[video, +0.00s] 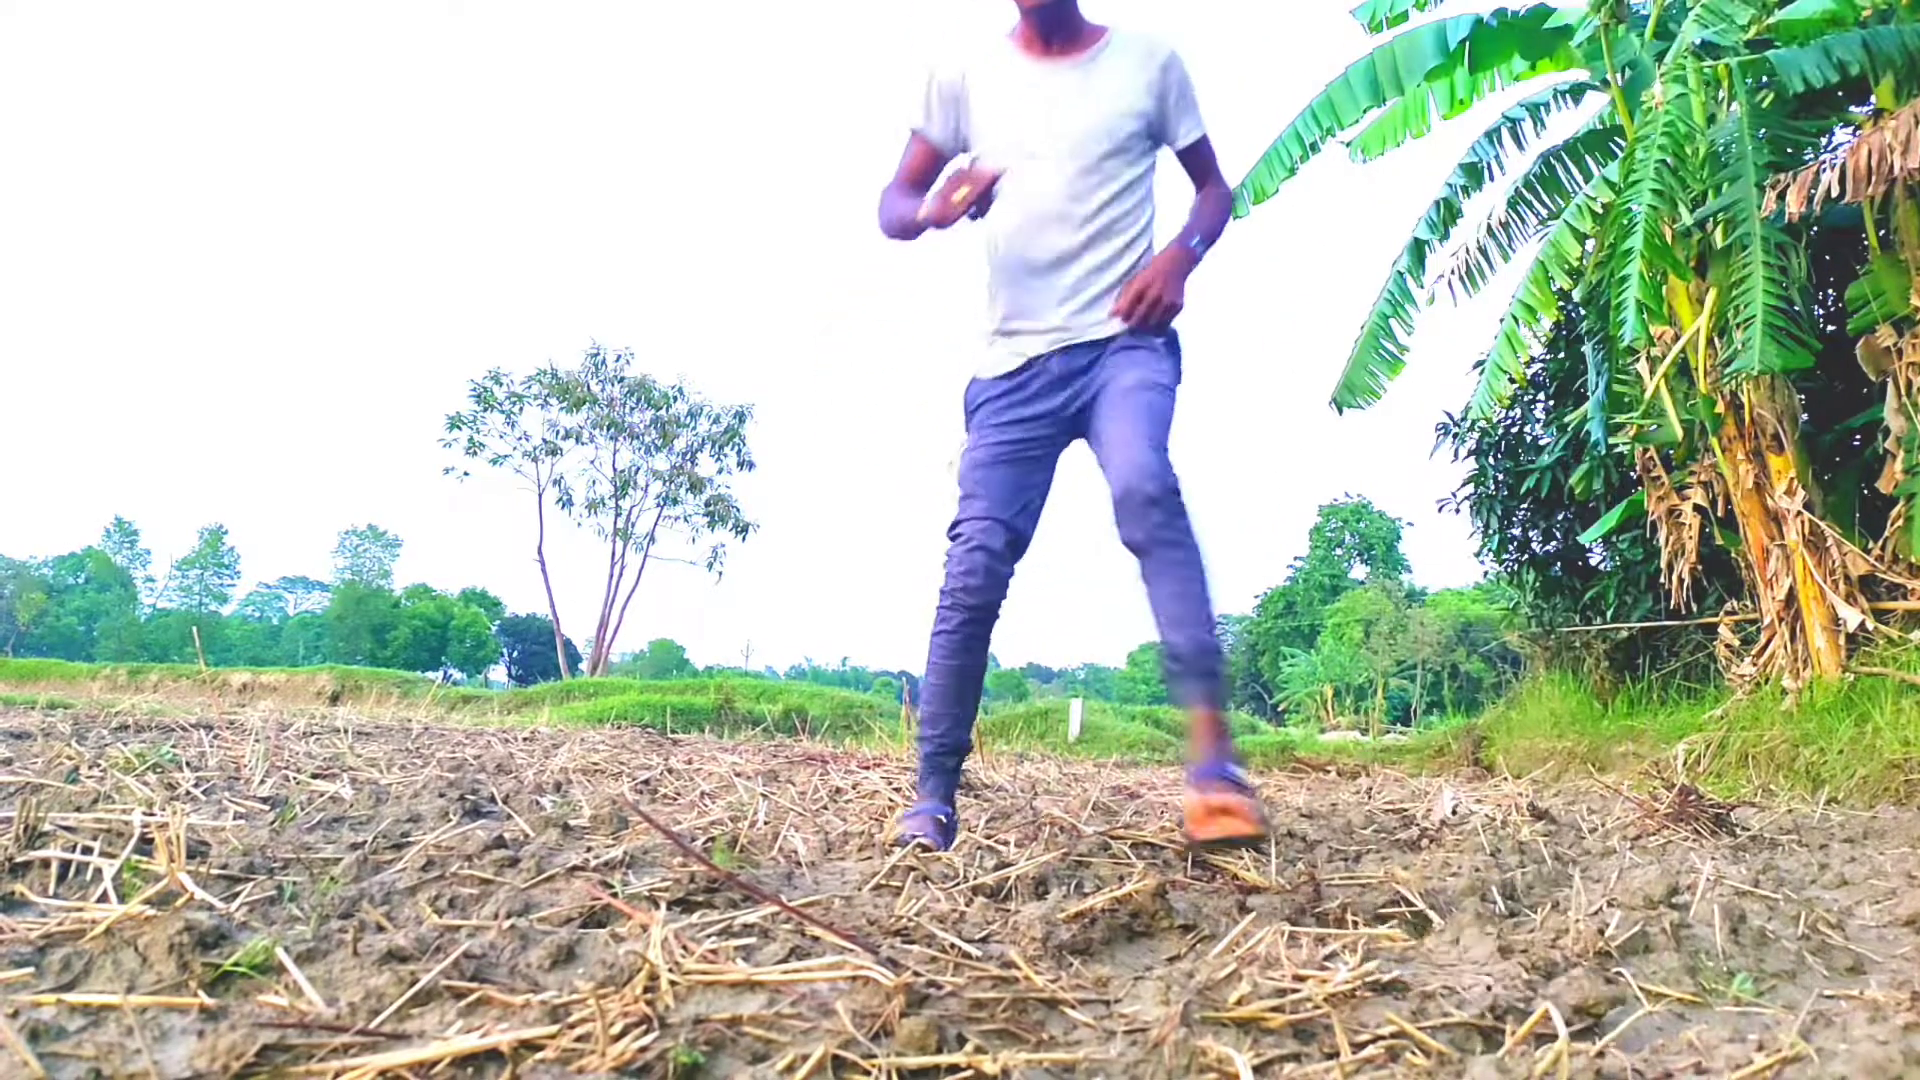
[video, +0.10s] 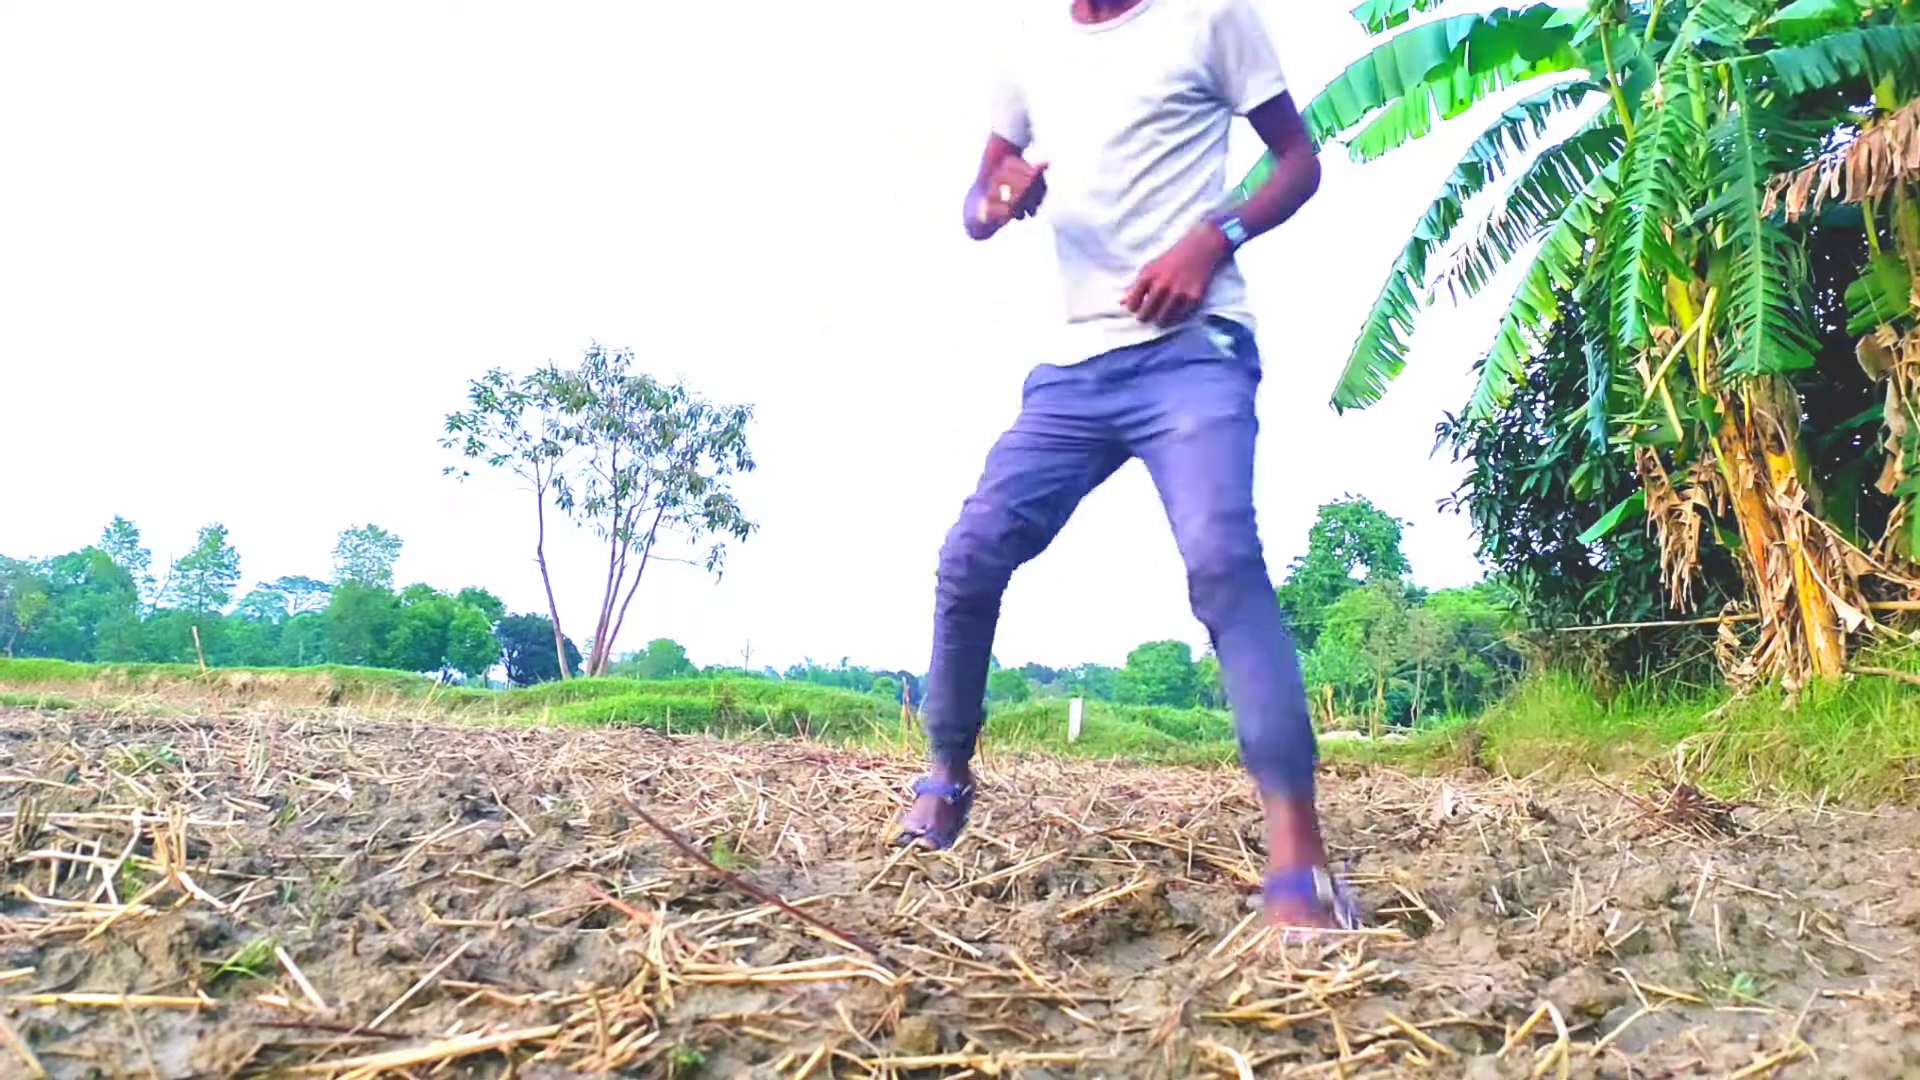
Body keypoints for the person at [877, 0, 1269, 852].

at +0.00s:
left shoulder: (1148, 64)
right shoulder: (963, 78)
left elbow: (1215, 191)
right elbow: (894, 210)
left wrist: (1178, 257)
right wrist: (931, 212)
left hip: (1125, 343)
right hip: (1015, 366)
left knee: (1145, 492)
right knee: (974, 568)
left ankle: (1212, 758)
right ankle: (933, 801)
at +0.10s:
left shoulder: (1211, 19)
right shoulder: (1027, 47)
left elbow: (1301, 163)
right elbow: (977, 215)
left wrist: (1215, 238)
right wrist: (998, 199)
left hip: (1194, 355)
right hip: (1077, 367)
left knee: (1223, 561)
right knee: (969, 558)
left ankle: (1295, 864)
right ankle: (945, 776)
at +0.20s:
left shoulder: (1244, 23)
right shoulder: (1086, 69)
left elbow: (1371, 162)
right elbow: (1066, 228)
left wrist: (1237, 255)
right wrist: (1036, 268)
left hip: (1257, 362)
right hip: (1141, 374)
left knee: (1240, 581)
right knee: (991, 526)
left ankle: (1303, 883)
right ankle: (1047, 745)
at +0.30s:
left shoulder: (1291, 7)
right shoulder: (1119, 39)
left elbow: (1415, 108)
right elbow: (1134, 188)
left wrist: (1281, 195)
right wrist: (1094, 276)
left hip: (1317, 316)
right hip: (1208, 340)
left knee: (1281, 564)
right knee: (1082, 518)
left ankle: (1320, 871)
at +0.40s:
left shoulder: (1324, 2)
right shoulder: (1147, 25)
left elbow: (1453, 65)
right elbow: (1154, 164)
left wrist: (1330, 173)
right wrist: (1126, 257)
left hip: (1368, 269)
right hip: (1270, 310)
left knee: (1309, 552)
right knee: (1222, 572)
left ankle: (1329, 875)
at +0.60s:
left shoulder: (1389, 5)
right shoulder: (1199, 32)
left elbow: (1515, 62)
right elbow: (1198, 203)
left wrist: (1386, 194)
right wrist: (1156, 321)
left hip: (1460, 248)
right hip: (1394, 278)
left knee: (1272, 444)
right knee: (1300, 586)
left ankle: (1426, 778)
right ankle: (1385, 846)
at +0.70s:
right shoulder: (1224, 21)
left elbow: (1533, 44)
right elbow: (1238, 183)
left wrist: (1393, 201)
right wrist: (1184, 326)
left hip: (1479, 241)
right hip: (1399, 277)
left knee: (1338, 485)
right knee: (1323, 581)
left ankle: (1523, 839)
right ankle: (1400, 882)